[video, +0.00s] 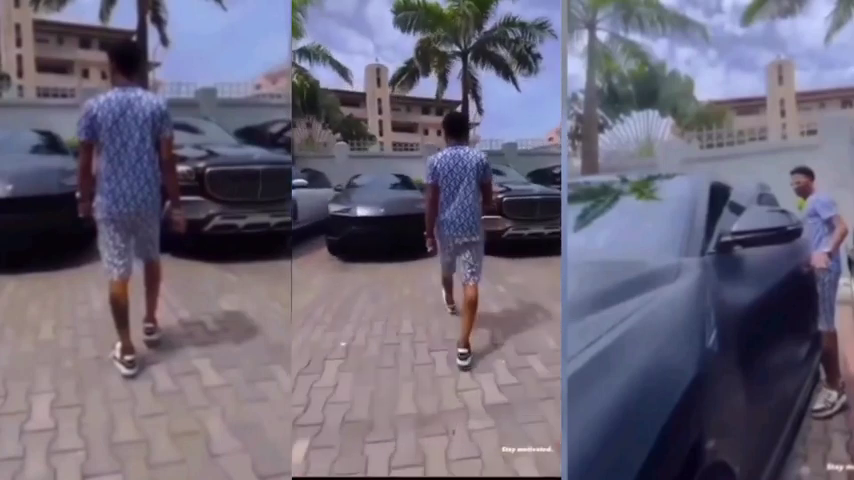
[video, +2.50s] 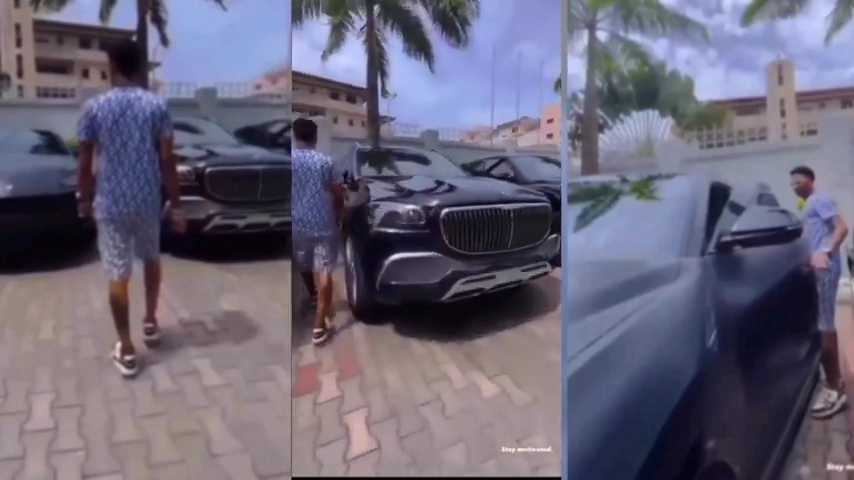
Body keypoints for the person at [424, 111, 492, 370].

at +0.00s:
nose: (447, 135)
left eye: (446, 131)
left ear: (445, 133)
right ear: (467, 132)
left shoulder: (436, 161)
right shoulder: (479, 158)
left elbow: (432, 201)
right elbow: (487, 194)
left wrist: (429, 232)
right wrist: (481, 209)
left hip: (446, 226)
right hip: (472, 226)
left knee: (447, 267)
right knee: (471, 282)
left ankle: (450, 301)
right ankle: (464, 344)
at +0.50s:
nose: (430, 133)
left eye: (429, 129)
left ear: (430, 130)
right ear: (451, 130)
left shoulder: (418, 158)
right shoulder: (460, 157)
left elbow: (410, 195)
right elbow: (469, 195)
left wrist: (409, 221)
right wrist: (475, 227)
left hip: (428, 224)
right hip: (454, 223)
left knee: (434, 276)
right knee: (456, 263)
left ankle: (440, 333)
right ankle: (454, 300)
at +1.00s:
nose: (401, 133)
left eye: (401, 129)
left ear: (402, 130)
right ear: (424, 130)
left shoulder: (392, 156)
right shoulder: (432, 157)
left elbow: (386, 193)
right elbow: (440, 192)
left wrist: (386, 223)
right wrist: (439, 219)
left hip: (399, 223)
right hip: (425, 223)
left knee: (398, 268)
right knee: (425, 271)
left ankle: (403, 307)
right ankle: (420, 322)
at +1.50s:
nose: (352, 134)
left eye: (347, 129)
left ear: (345, 130)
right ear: (366, 130)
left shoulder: (336, 157)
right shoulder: (378, 155)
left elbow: (334, 196)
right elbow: (389, 193)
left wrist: (333, 228)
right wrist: (394, 222)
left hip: (351, 223)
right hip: (378, 222)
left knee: (357, 271)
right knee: (387, 265)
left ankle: (365, 313)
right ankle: (384, 305)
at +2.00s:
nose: (325, 141)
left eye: (319, 135)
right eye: (330, 137)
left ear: (313, 135)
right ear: (334, 137)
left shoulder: (299, 160)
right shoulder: (342, 163)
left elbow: (293, 197)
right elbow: (349, 198)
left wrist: (295, 226)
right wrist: (356, 225)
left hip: (308, 226)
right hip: (336, 225)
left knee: (313, 277)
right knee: (340, 263)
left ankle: (319, 327)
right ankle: (338, 301)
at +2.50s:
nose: (300, 140)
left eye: (296, 136)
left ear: (295, 136)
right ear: (315, 136)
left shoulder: (289, 160)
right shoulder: (326, 162)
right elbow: (337, 191)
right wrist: (339, 215)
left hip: (298, 223)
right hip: (324, 223)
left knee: (305, 266)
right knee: (324, 271)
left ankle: (314, 296)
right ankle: (319, 326)